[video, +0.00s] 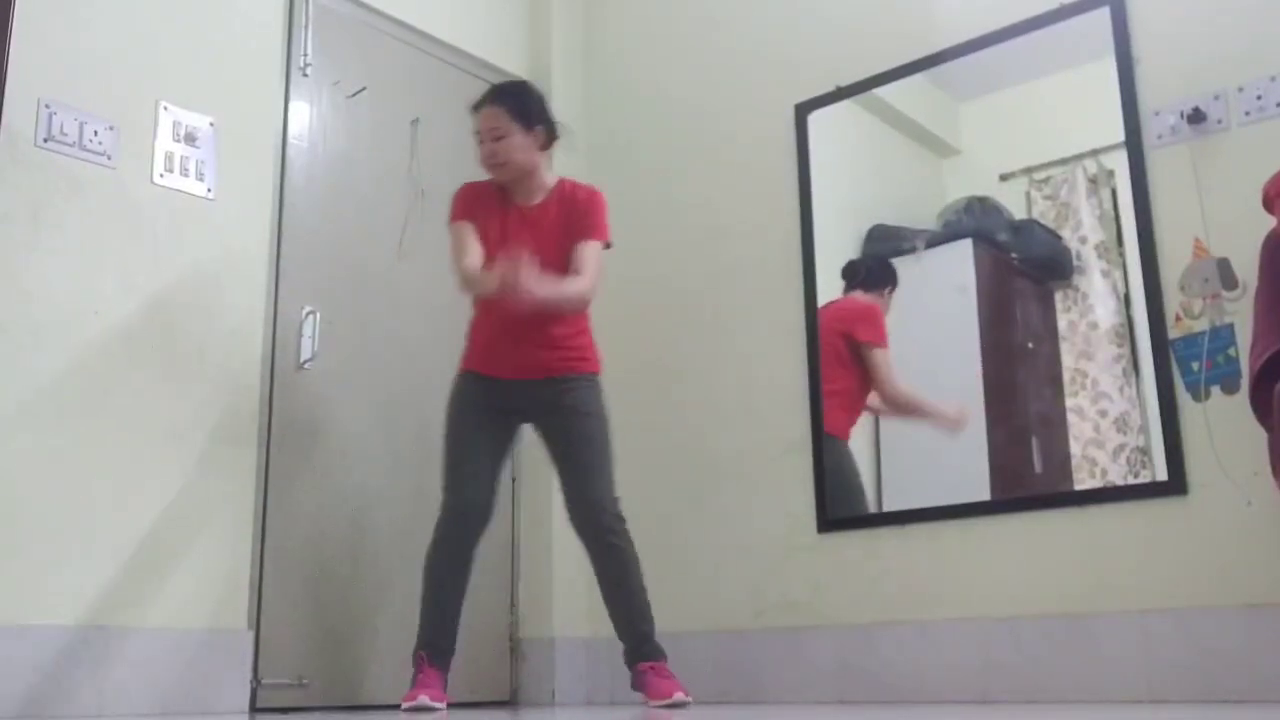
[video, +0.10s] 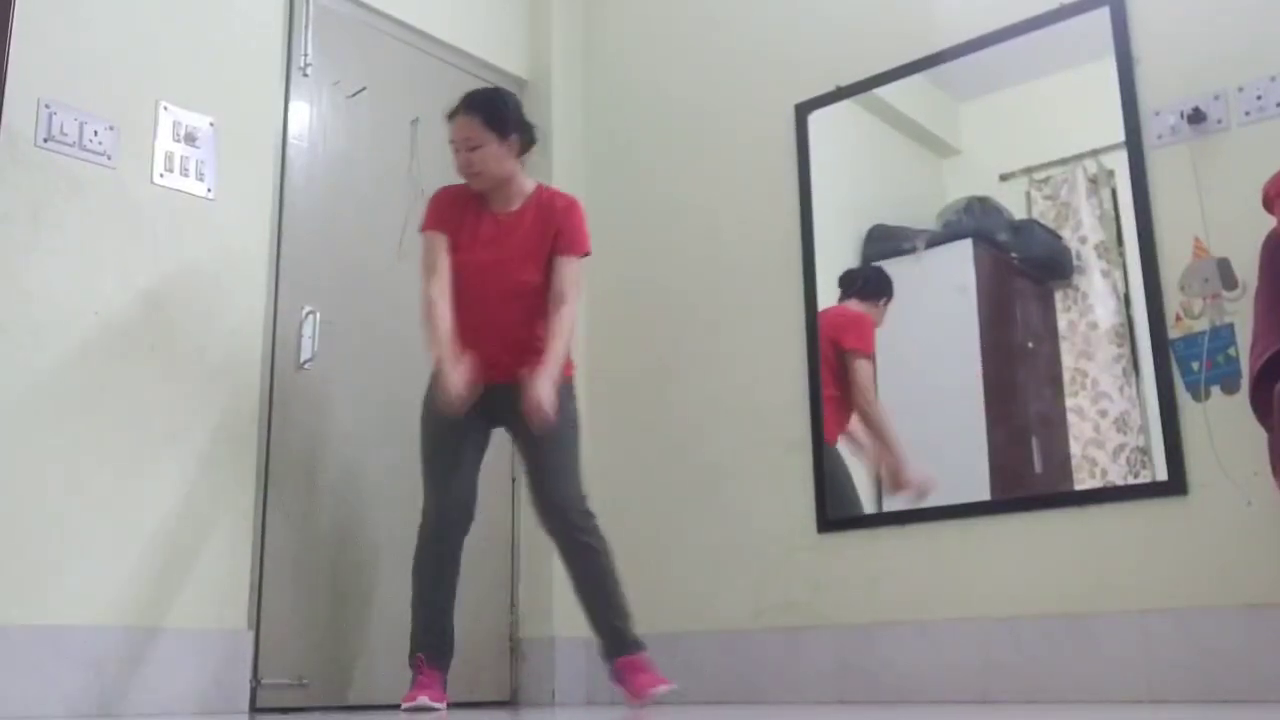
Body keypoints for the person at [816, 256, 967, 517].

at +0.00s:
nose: (888, 308)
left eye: (891, 300)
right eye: (891, 299)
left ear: (852, 285)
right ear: (886, 291)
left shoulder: (825, 313)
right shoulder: (866, 310)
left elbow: (866, 400)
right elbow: (889, 393)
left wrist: (929, 415)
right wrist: (943, 414)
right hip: (826, 440)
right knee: (857, 531)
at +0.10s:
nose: (881, 320)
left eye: (885, 311)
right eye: (885, 310)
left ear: (848, 293)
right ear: (881, 302)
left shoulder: (821, 319)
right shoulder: (856, 320)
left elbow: (837, 411)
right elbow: (864, 399)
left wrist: (876, 459)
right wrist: (897, 464)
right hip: (818, 445)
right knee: (854, 529)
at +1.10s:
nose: (878, 275)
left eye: (875, 266)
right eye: (871, 265)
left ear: (848, 271)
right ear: (847, 271)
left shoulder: (826, 306)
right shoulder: (840, 299)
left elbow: (872, 391)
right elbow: (877, 368)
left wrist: (928, 362)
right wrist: (933, 354)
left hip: (817, 439)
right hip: (819, 439)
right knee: (841, 530)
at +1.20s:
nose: (883, 272)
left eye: (881, 263)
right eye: (876, 262)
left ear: (853, 268)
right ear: (851, 267)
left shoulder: (831, 301)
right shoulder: (846, 295)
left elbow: (864, 398)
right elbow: (871, 369)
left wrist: (927, 409)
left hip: (821, 433)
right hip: (822, 434)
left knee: (841, 527)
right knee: (851, 526)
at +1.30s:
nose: (888, 271)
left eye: (887, 262)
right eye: (879, 261)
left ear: (851, 268)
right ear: (851, 266)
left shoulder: (832, 300)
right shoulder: (852, 294)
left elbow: (851, 400)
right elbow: (869, 370)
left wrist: (887, 457)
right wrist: (899, 448)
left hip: (825, 431)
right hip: (826, 432)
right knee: (855, 526)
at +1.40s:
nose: (894, 269)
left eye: (895, 261)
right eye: (885, 259)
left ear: (853, 267)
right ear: (855, 263)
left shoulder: (832, 293)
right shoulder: (858, 290)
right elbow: (850, 349)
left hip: (818, 425)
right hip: (830, 427)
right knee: (860, 514)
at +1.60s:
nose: (900, 268)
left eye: (902, 260)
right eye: (892, 257)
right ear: (863, 258)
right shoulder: (864, 283)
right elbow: (833, 291)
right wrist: (809, 372)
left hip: (839, 419)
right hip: (836, 418)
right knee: (858, 517)